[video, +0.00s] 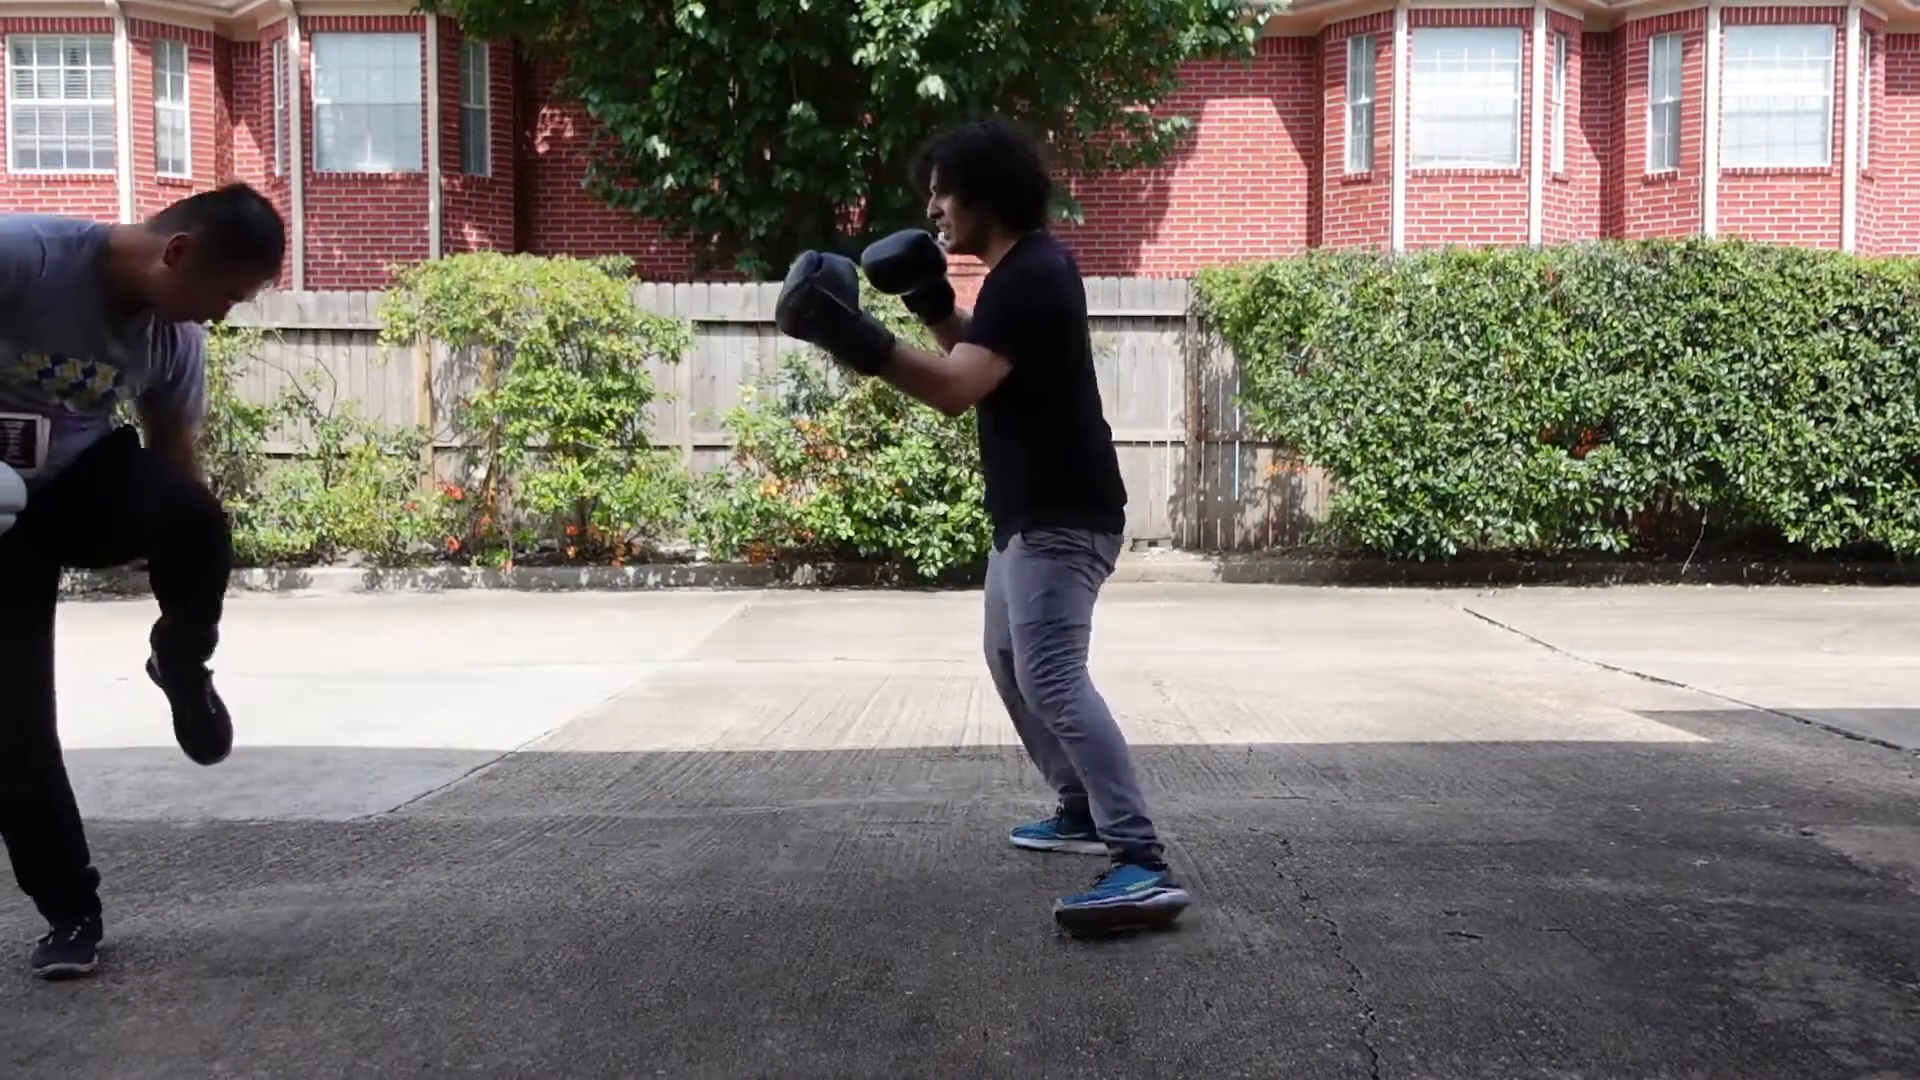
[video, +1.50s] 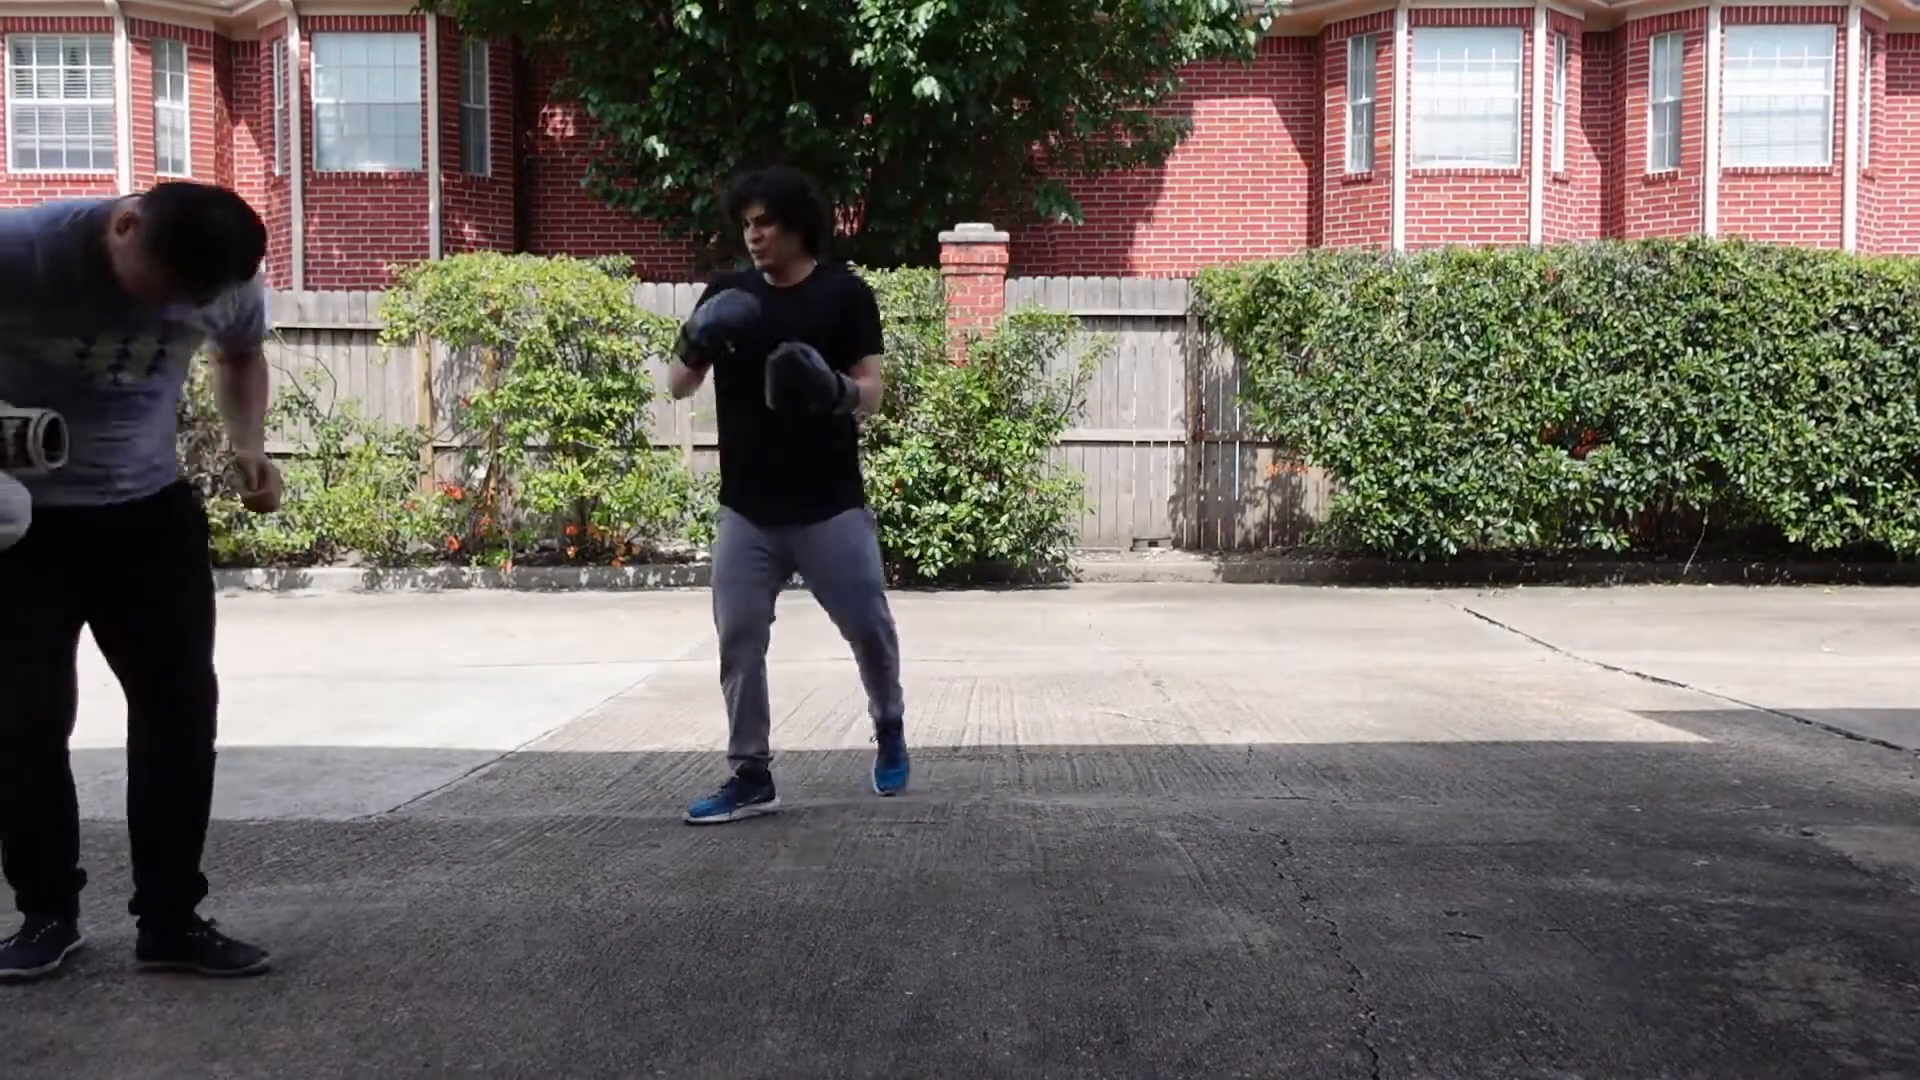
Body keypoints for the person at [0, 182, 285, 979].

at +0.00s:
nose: (224, 313)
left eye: (236, 301)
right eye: (226, 294)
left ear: (179, 254)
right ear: (179, 252)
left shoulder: (174, 345)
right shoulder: (24, 257)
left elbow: (180, 477)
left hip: (84, 485)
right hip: (4, 507)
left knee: (196, 518)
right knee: (16, 730)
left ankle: (182, 659)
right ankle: (70, 915)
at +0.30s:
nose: (223, 339)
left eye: (238, 330)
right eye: (232, 322)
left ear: (198, 276)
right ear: (197, 273)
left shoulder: (172, 361)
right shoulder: (34, 257)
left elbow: (161, 484)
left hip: (65, 479)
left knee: (191, 535)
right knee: (12, 719)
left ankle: (130, 670)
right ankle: (68, 912)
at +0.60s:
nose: (193, 338)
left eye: (208, 327)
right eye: (197, 318)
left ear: (159, 272)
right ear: (156, 269)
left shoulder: (161, 348)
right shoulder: (18, 263)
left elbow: (146, 480)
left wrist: (132, 594)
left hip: (63, 489)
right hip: (0, 501)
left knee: (182, 513)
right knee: (9, 711)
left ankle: (144, 674)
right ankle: (46, 916)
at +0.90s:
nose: (175, 348)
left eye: (189, 337)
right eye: (173, 329)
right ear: (128, 281)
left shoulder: (171, 363)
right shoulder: (12, 274)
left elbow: (156, 488)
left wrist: (138, 601)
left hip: (75, 476)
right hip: (0, 495)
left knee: (195, 472)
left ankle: (167, 659)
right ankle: (40, 909)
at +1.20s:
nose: (162, 373)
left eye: (177, 362)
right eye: (154, 355)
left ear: (201, 336)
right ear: (113, 296)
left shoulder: (194, 367)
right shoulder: (19, 287)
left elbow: (182, 491)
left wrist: (159, 607)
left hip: (85, 480)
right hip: (4, 498)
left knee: (203, 460)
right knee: (5, 707)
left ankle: (184, 666)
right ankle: (42, 907)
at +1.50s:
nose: (158, 302)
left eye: (174, 295)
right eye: (152, 286)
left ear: (205, 272)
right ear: (126, 224)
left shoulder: (218, 272)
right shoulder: (20, 249)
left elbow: (241, 352)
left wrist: (247, 445)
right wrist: (5, 439)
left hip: (150, 518)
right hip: (25, 526)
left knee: (178, 715)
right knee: (25, 729)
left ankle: (169, 921)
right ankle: (45, 916)